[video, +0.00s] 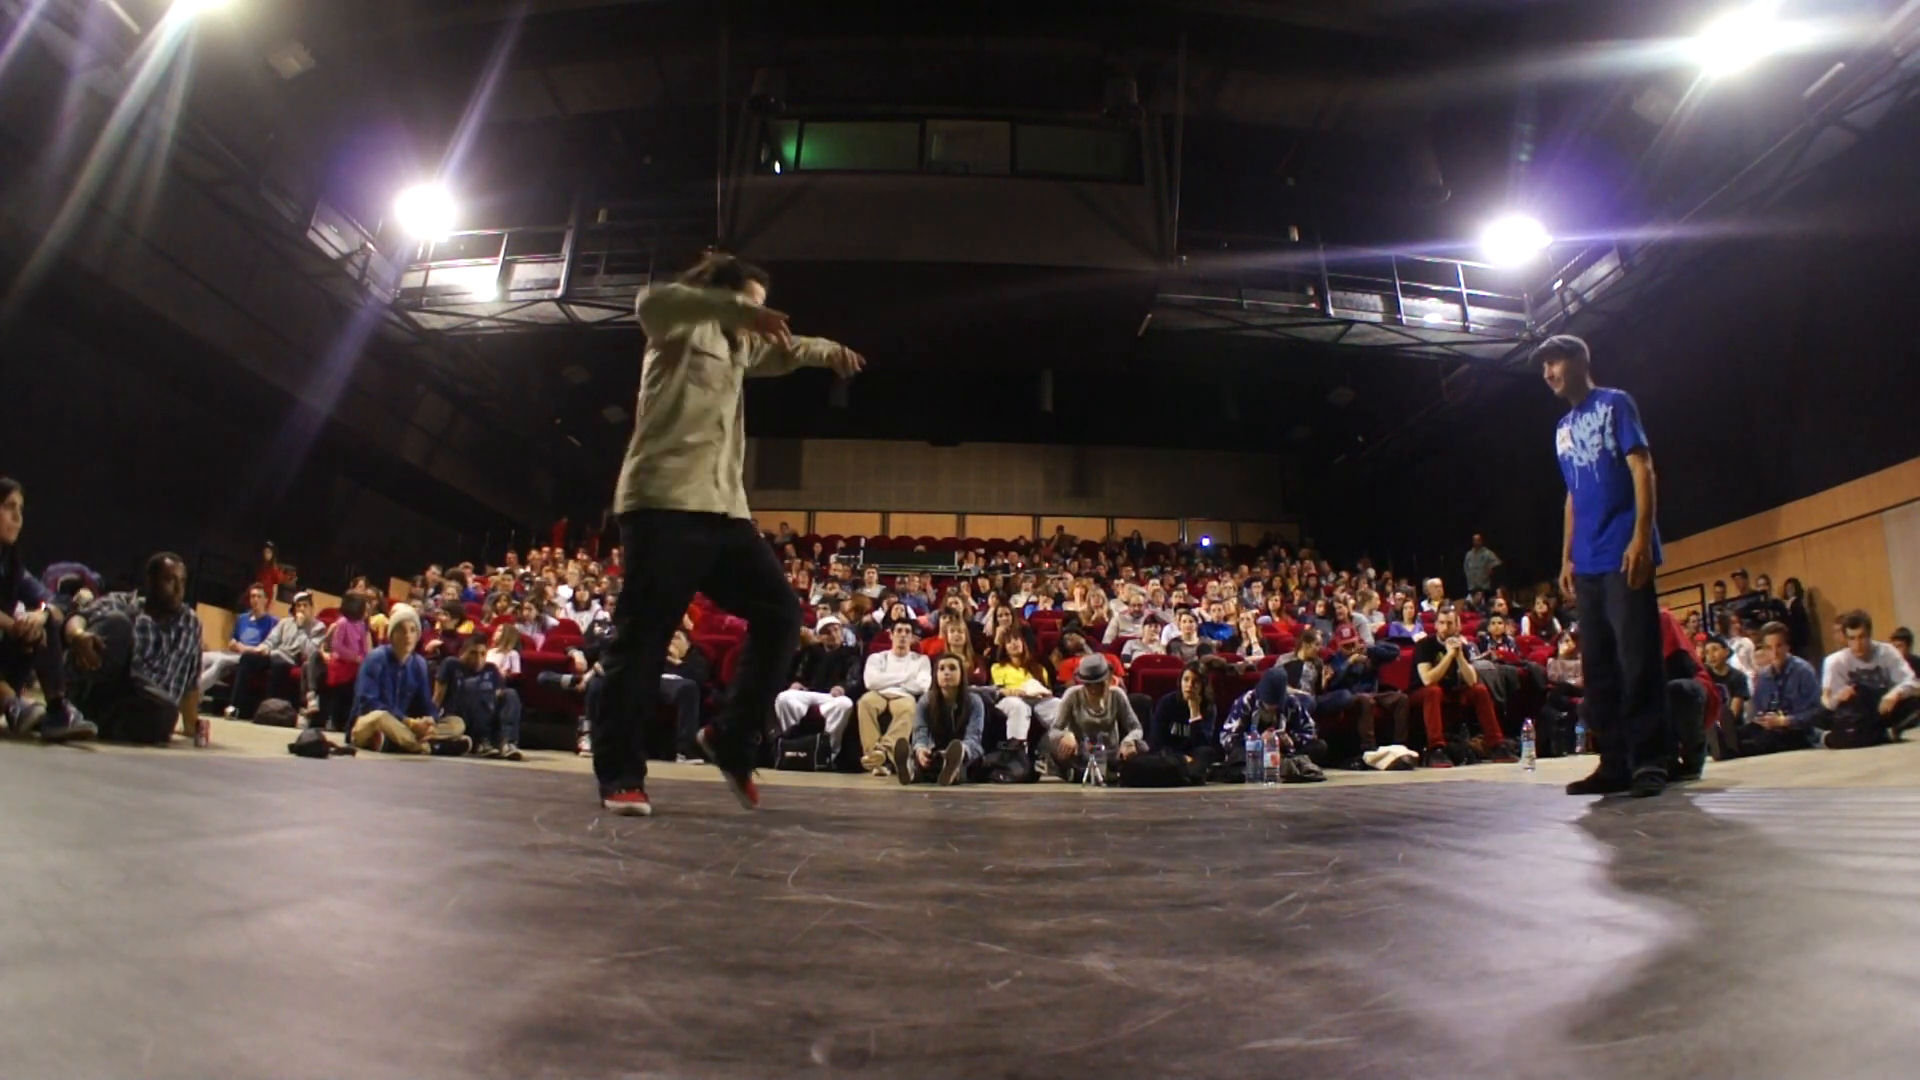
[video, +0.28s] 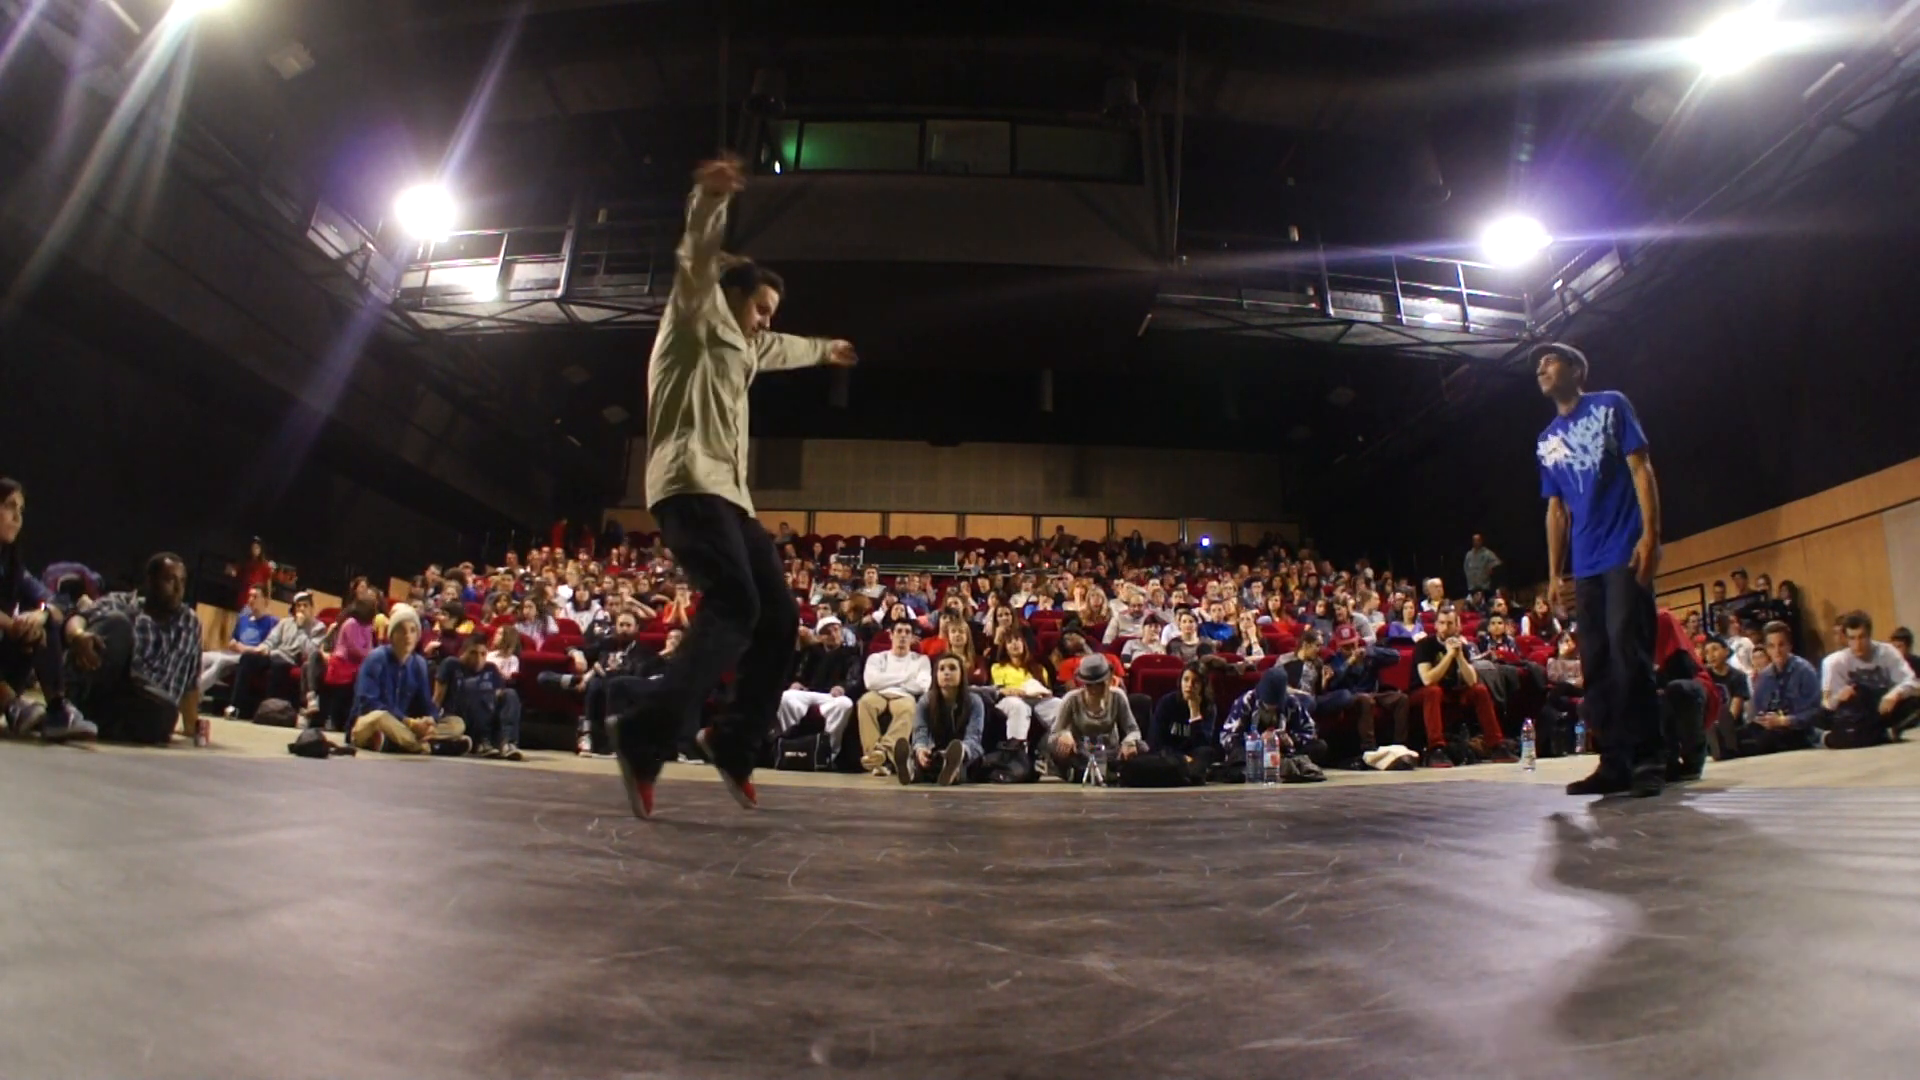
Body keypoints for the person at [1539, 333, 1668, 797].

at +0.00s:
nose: (1548, 373)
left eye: (1555, 362)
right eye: (1545, 367)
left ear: (1581, 363)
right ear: (1547, 376)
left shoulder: (1614, 404)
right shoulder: (1563, 428)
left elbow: (1642, 471)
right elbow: (1573, 496)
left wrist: (1641, 539)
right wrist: (1568, 559)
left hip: (1624, 552)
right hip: (1586, 559)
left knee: (1638, 659)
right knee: (1597, 662)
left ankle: (1650, 761)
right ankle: (1613, 761)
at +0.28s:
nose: (1541, 370)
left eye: (1551, 363)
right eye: (1539, 367)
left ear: (1577, 371)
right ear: (1542, 383)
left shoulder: (1610, 405)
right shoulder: (1546, 441)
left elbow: (1641, 468)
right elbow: (1556, 507)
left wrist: (1650, 535)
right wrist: (1555, 573)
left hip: (1625, 550)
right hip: (1585, 561)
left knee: (1628, 651)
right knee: (1595, 661)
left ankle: (1649, 760)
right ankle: (1614, 762)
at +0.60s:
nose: (1546, 375)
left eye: (1553, 366)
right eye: (1543, 371)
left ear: (1581, 369)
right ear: (1549, 383)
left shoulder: (1617, 401)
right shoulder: (1558, 440)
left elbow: (1648, 464)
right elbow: (1564, 506)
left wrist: (1672, 534)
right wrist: (1558, 570)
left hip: (1634, 555)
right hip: (1590, 567)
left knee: (1663, 658)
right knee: (1601, 668)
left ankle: (1692, 762)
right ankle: (1615, 764)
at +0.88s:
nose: (1568, 361)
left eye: (1576, 352)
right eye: (1565, 357)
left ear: (1605, 354)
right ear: (1569, 369)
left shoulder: (1641, 392)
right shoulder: (1576, 426)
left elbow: (1666, 456)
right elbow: (1583, 495)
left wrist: (1668, 525)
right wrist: (1579, 558)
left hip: (1650, 549)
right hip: (1607, 560)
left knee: (1671, 659)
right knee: (1613, 664)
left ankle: (1691, 763)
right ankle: (1616, 763)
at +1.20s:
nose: (1584, 353)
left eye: (1591, 344)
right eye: (1581, 348)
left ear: (1620, 345)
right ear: (1585, 358)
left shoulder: (1652, 384)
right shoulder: (1592, 417)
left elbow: (1679, 452)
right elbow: (1600, 485)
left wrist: (1676, 523)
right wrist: (1591, 548)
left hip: (1659, 545)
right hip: (1617, 554)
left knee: (1675, 656)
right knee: (1619, 661)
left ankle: (1692, 763)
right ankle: (1623, 764)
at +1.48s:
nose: (1586, 357)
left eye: (1593, 347)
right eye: (1583, 352)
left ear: (1621, 348)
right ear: (1588, 361)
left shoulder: (1652, 389)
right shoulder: (1592, 420)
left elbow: (1677, 461)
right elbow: (1594, 488)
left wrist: (1680, 534)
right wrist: (1587, 554)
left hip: (1654, 550)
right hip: (1610, 559)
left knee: (1671, 659)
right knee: (1616, 664)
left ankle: (1692, 763)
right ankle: (1623, 764)